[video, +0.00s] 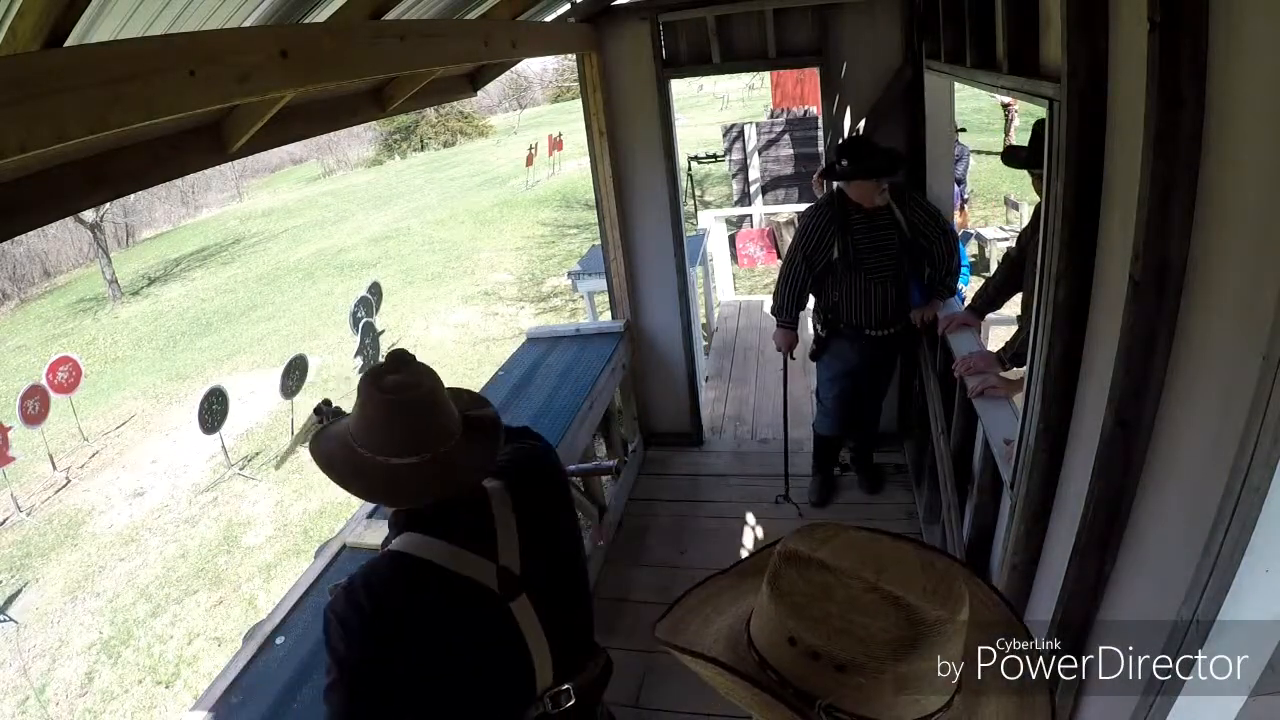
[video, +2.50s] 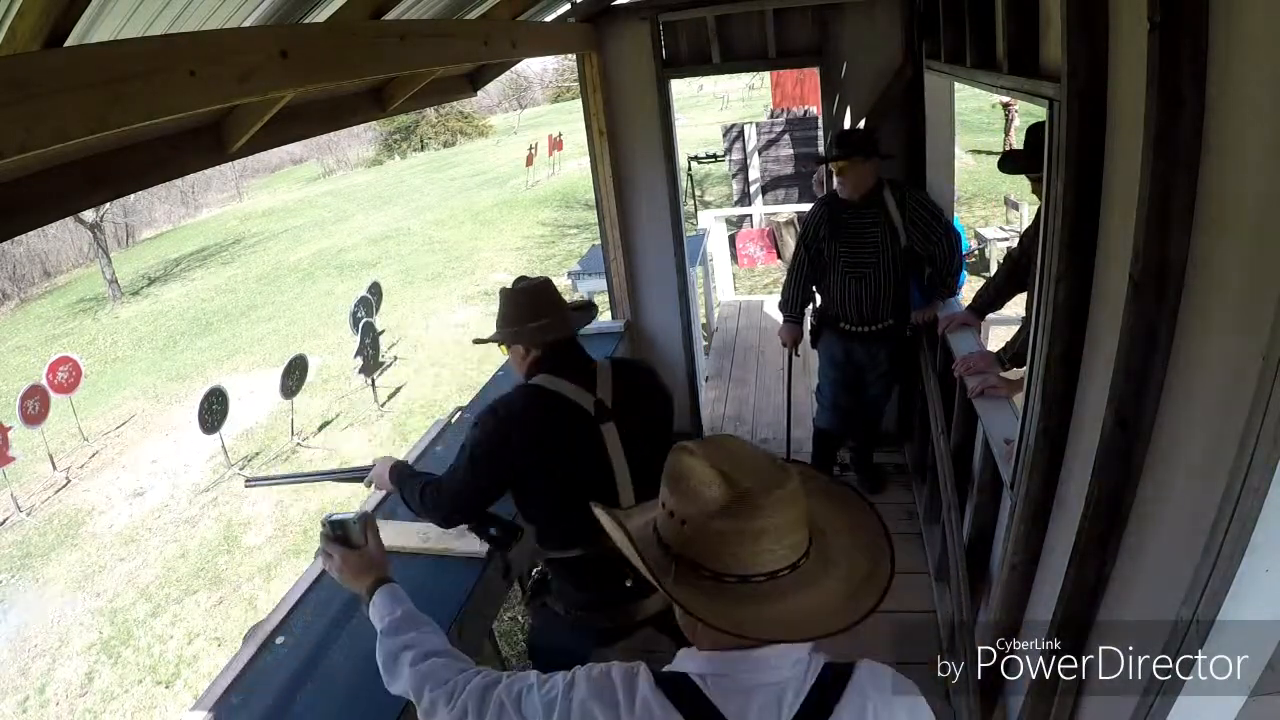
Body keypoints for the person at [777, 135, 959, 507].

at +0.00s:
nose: (884, 188)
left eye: (886, 179)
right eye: (875, 181)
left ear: (889, 176)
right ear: (849, 182)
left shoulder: (907, 209)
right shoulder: (824, 218)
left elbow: (945, 243)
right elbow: (795, 269)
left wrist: (937, 296)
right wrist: (786, 322)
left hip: (890, 333)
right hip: (840, 333)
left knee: (873, 403)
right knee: (832, 406)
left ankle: (864, 460)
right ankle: (823, 472)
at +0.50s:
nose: (849, 186)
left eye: (857, 178)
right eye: (843, 178)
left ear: (874, 174)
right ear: (834, 177)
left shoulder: (904, 207)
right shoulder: (821, 217)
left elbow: (944, 240)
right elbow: (795, 268)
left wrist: (937, 296)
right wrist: (785, 322)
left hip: (888, 332)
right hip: (835, 333)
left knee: (872, 405)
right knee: (829, 407)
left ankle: (864, 460)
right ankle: (822, 474)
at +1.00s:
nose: (838, 176)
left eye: (846, 168)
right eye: (834, 169)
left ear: (869, 167)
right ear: (832, 171)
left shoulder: (902, 205)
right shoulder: (822, 215)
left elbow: (946, 241)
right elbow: (799, 268)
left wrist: (937, 296)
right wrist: (790, 321)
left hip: (888, 331)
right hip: (836, 331)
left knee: (873, 404)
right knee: (830, 405)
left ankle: (864, 459)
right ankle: (822, 473)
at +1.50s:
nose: (837, 203)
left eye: (842, 195)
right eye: (831, 196)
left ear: (862, 180)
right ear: (824, 188)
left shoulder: (900, 206)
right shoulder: (821, 218)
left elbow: (944, 242)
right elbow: (799, 267)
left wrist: (935, 297)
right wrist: (789, 319)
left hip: (888, 332)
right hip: (837, 332)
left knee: (874, 404)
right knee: (832, 403)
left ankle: (864, 460)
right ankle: (822, 473)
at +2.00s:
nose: (839, 199)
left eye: (844, 190)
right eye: (833, 192)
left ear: (862, 180)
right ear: (828, 185)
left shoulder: (901, 206)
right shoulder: (821, 217)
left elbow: (945, 243)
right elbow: (799, 267)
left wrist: (936, 298)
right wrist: (788, 318)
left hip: (888, 332)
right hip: (837, 332)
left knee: (875, 404)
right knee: (831, 404)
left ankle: (865, 461)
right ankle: (822, 475)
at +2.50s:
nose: (838, 177)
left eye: (845, 168)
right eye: (834, 169)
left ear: (871, 166)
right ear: (833, 169)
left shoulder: (905, 204)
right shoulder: (825, 212)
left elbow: (946, 244)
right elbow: (801, 266)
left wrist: (936, 297)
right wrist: (791, 318)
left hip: (889, 330)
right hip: (837, 330)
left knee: (875, 407)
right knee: (831, 408)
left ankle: (864, 465)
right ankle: (820, 480)